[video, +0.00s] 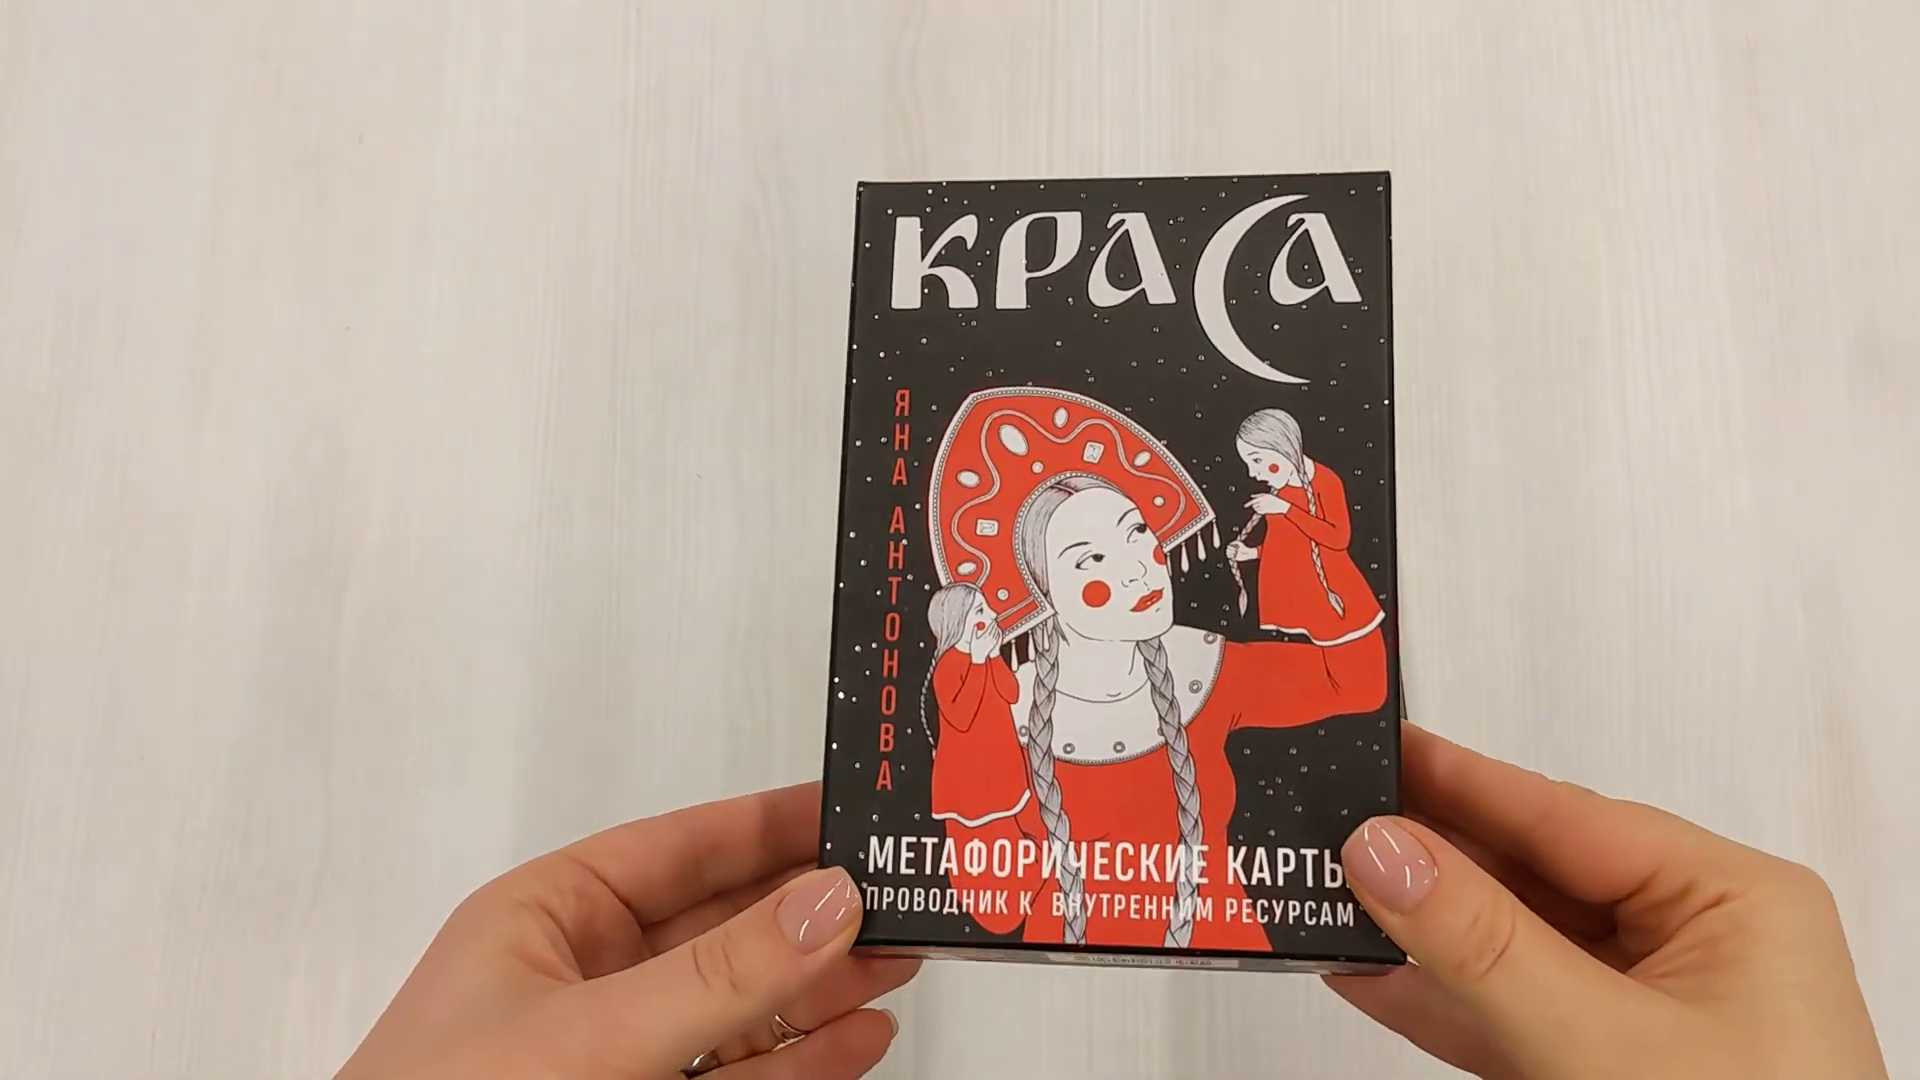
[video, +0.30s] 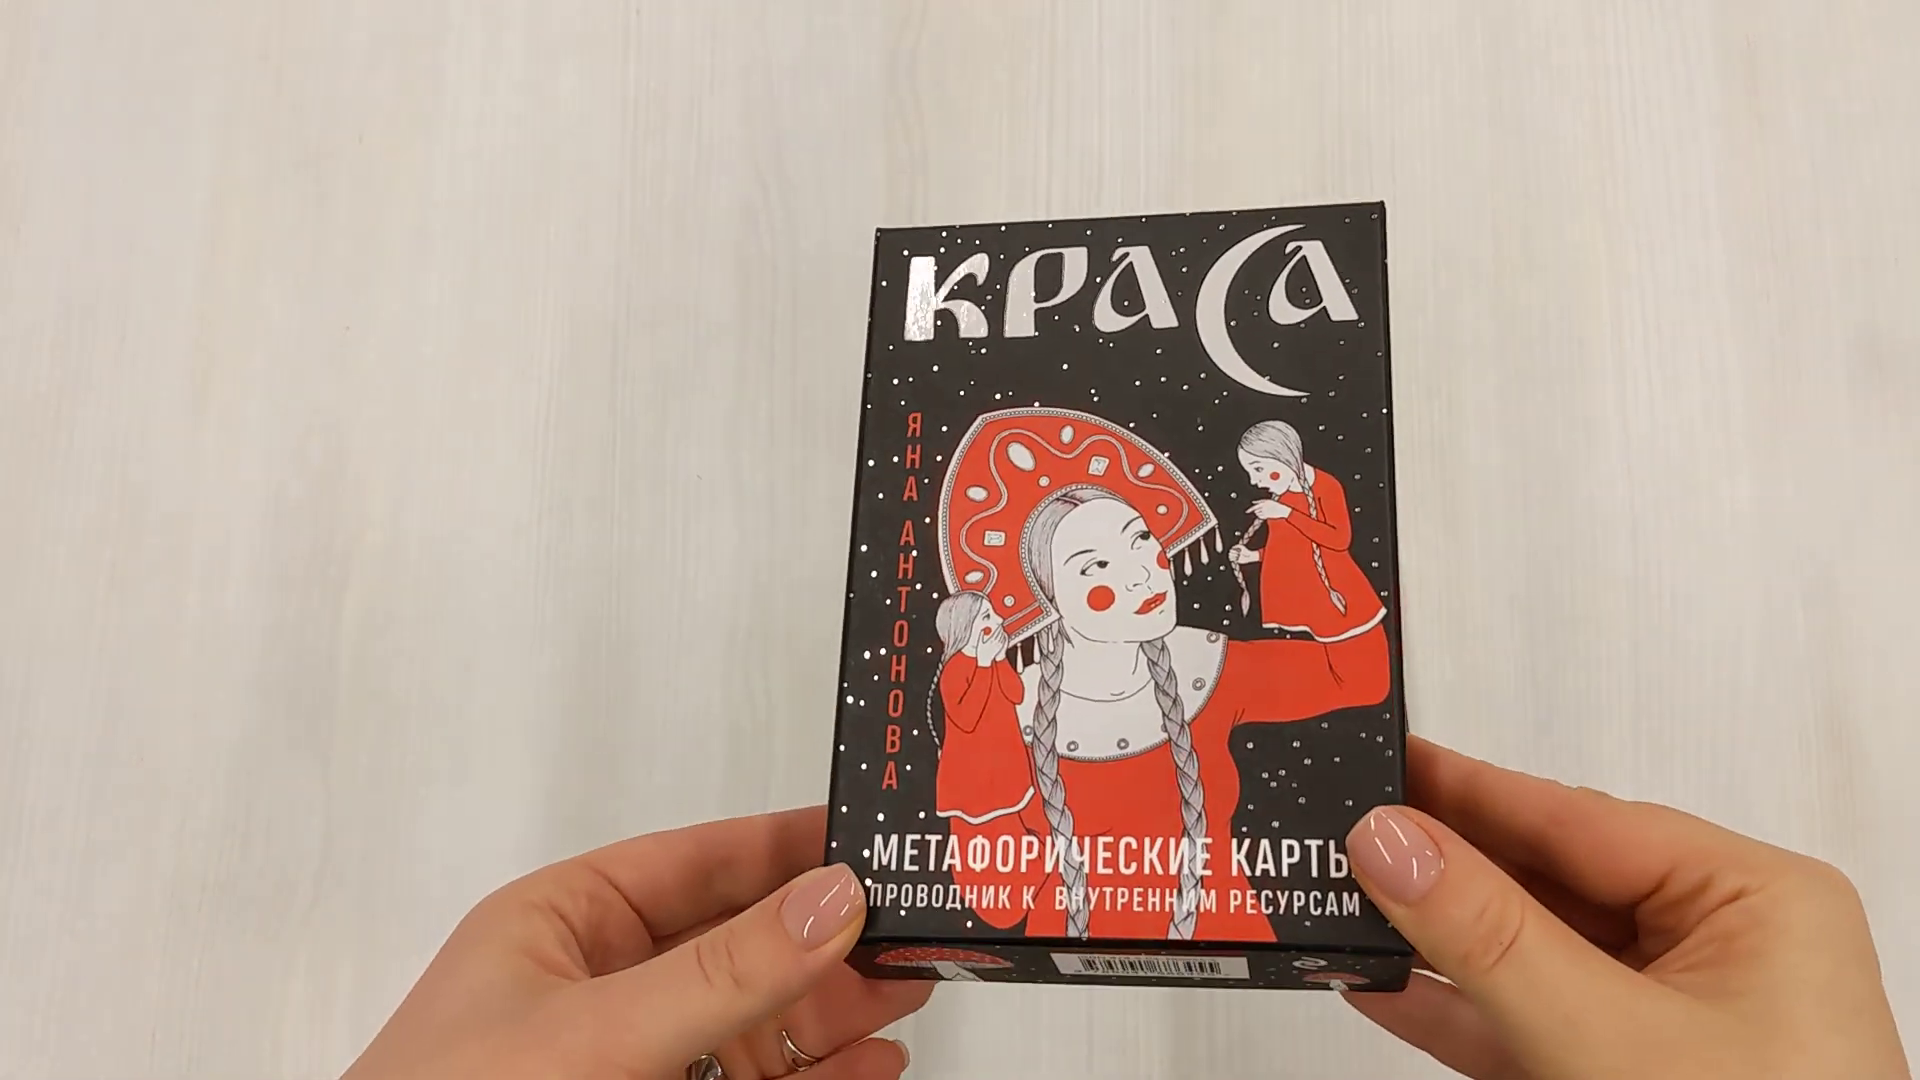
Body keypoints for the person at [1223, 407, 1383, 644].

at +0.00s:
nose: (1253, 473)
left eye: (1257, 460)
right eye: (1248, 463)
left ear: (1282, 447)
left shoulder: (1326, 481)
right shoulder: (1280, 487)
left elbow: (1339, 537)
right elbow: (1288, 545)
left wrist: (1286, 508)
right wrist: (1252, 553)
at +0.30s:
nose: (1254, 481)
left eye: (1258, 468)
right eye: (1250, 472)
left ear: (1283, 456)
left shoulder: (1327, 487)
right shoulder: (1280, 496)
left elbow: (1340, 539)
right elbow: (1289, 548)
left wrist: (1287, 513)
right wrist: (1253, 556)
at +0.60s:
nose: (1259, 500)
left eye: (1264, 488)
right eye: (1255, 491)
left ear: (1287, 478)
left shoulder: (1329, 510)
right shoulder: (1285, 517)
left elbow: (1344, 559)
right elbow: (1294, 562)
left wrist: (1292, 532)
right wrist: (1260, 569)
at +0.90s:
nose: (1205, 508)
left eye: (1208, 497)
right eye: (1200, 500)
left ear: (1229, 488)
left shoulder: (1265, 525)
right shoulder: (1230, 529)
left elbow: (1282, 574)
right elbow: (1243, 574)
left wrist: (1235, 542)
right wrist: (1209, 576)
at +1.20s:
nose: (1200, 495)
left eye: (1203, 483)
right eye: (1196, 486)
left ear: (1223, 473)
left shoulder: (1256, 510)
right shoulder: (1226, 513)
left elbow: (1273, 563)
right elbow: (1239, 563)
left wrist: (1230, 531)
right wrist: (1208, 568)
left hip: (1281, 628)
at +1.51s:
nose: (1247, 480)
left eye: (1251, 467)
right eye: (1243, 471)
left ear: (1275, 456)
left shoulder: (1310, 493)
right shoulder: (1273, 495)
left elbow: (1321, 551)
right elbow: (1279, 552)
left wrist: (1276, 518)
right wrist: (1245, 561)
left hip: (1323, 621)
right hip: (1298, 623)